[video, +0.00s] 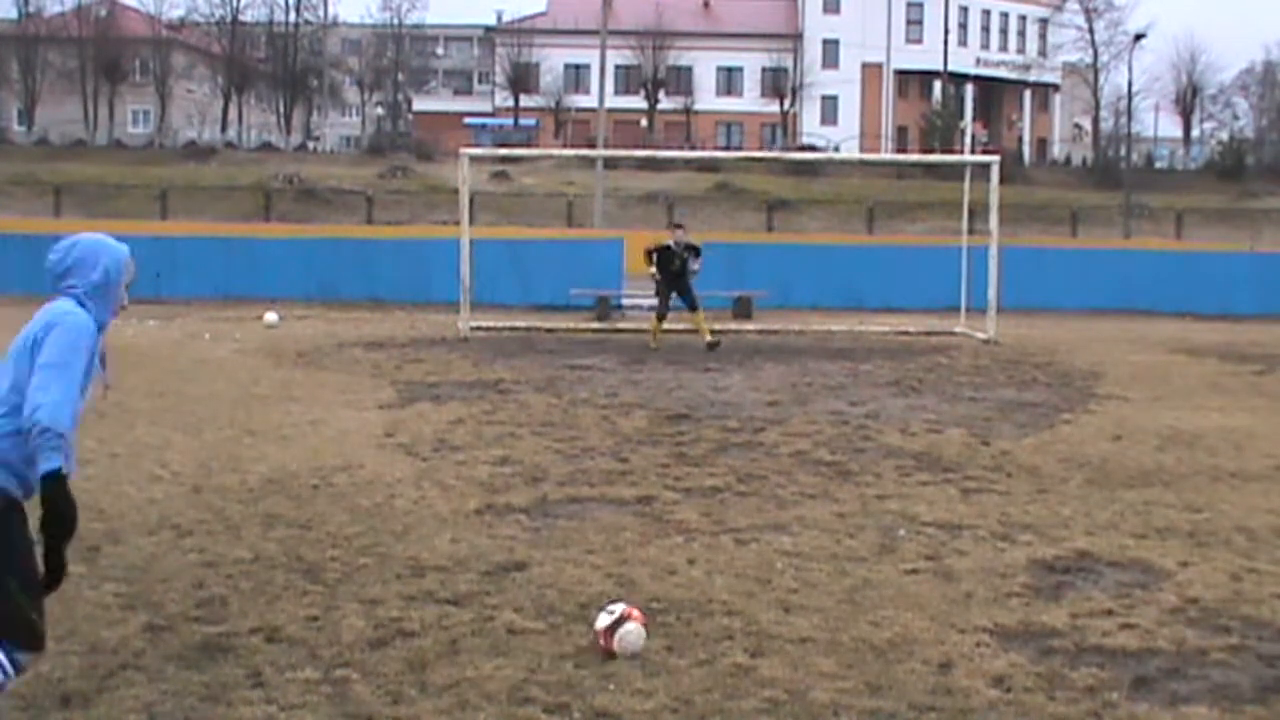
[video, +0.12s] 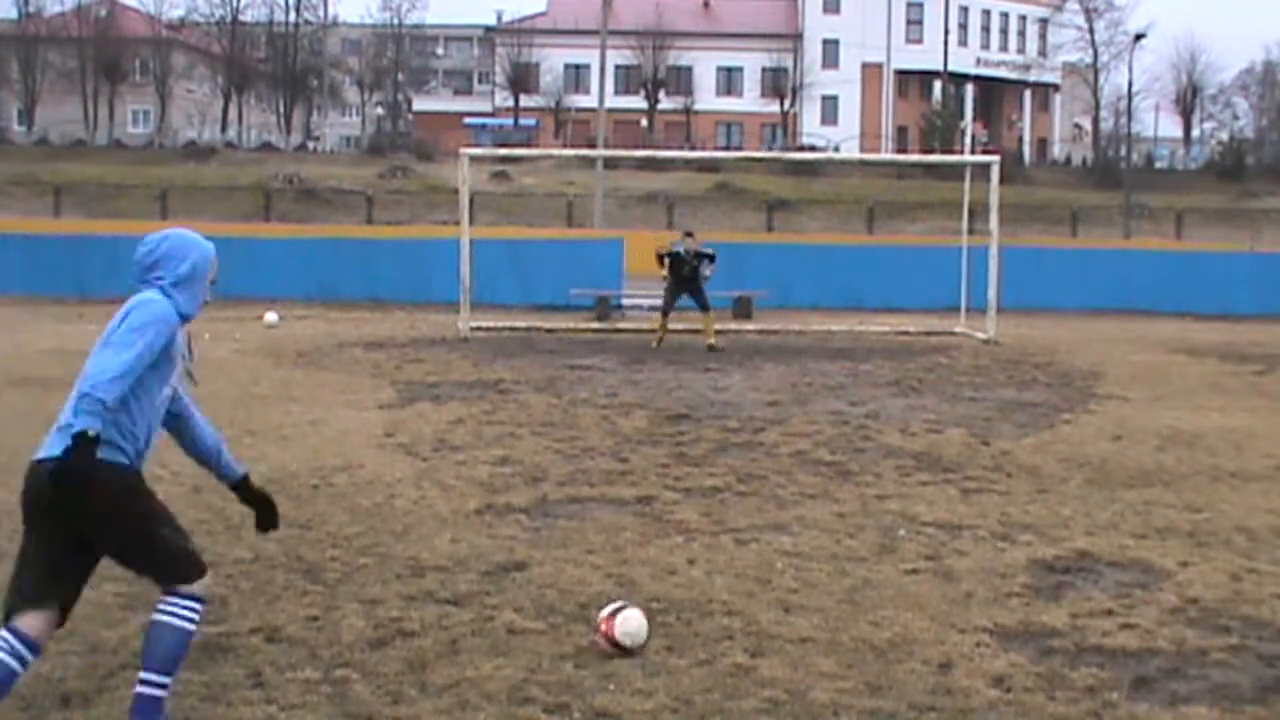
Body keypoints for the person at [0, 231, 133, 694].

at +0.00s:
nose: (126, 299)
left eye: (127, 287)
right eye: (122, 286)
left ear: (82, 279)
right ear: (96, 281)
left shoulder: (60, 319)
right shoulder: (73, 322)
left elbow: (41, 409)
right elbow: (48, 406)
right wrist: (55, 488)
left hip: (9, 493)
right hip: (5, 494)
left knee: (21, 633)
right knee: (21, 636)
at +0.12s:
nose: (209, 293)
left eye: (210, 283)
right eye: (206, 281)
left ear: (161, 271)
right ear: (186, 277)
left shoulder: (157, 330)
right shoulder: (157, 310)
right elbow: (111, 369)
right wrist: (84, 437)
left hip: (52, 476)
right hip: (100, 473)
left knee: (34, 620)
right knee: (187, 584)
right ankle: (147, 709)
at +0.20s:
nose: (268, 288)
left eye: (269, 279)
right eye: (266, 278)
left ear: (221, 266)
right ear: (249, 273)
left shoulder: (221, 318)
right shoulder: (215, 303)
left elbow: (258, 380)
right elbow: (171, 357)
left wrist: (319, 424)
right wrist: (144, 424)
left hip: (131, 463)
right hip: (183, 465)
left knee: (81, 595)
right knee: (262, 576)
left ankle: (5, 693)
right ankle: (275, 707)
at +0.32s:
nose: (347, 296)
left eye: (348, 285)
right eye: (345, 285)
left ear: (295, 275)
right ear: (329, 282)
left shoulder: (267, 316)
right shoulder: (311, 325)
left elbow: (258, 405)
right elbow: (305, 413)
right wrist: (328, 480)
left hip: (229, 472)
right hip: (279, 471)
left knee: (256, 616)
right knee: (334, 595)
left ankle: (147, 628)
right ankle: (309, 710)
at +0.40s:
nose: (394, 280)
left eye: (392, 271)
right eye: (391, 271)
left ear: (341, 265)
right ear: (382, 272)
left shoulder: (308, 302)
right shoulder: (377, 315)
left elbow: (276, 299)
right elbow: (403, 393)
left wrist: (249, 288)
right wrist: (438, 455)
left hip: (279, 457)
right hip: (323, 458)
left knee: (339, 570)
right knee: (338, 586)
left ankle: (291, 627)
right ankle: (309, 707)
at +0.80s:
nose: (486, 243)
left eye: (484, 237)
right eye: (484, 237)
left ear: (434, 240)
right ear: (476, 239)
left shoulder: (412, 294)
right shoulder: (490, 282)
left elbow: (443, 352)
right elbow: (527, 345)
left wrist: (503, 367)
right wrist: (564, 394)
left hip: (449, 426)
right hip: (499, 412)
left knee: (500, 511)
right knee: (549, 478)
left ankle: (540, 609)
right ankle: (602, 504)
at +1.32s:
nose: (448, 235)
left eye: (450, 229)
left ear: (452, 235)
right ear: (491, 230)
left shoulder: (455, 288)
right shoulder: (516, 266)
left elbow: (404, 332)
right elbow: (546, 274)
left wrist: (339, 358)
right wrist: (531, 269)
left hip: (475, 405)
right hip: (513, 398)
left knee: (470, 493)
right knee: (461, 473)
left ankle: (515, 583)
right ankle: (440, 538)